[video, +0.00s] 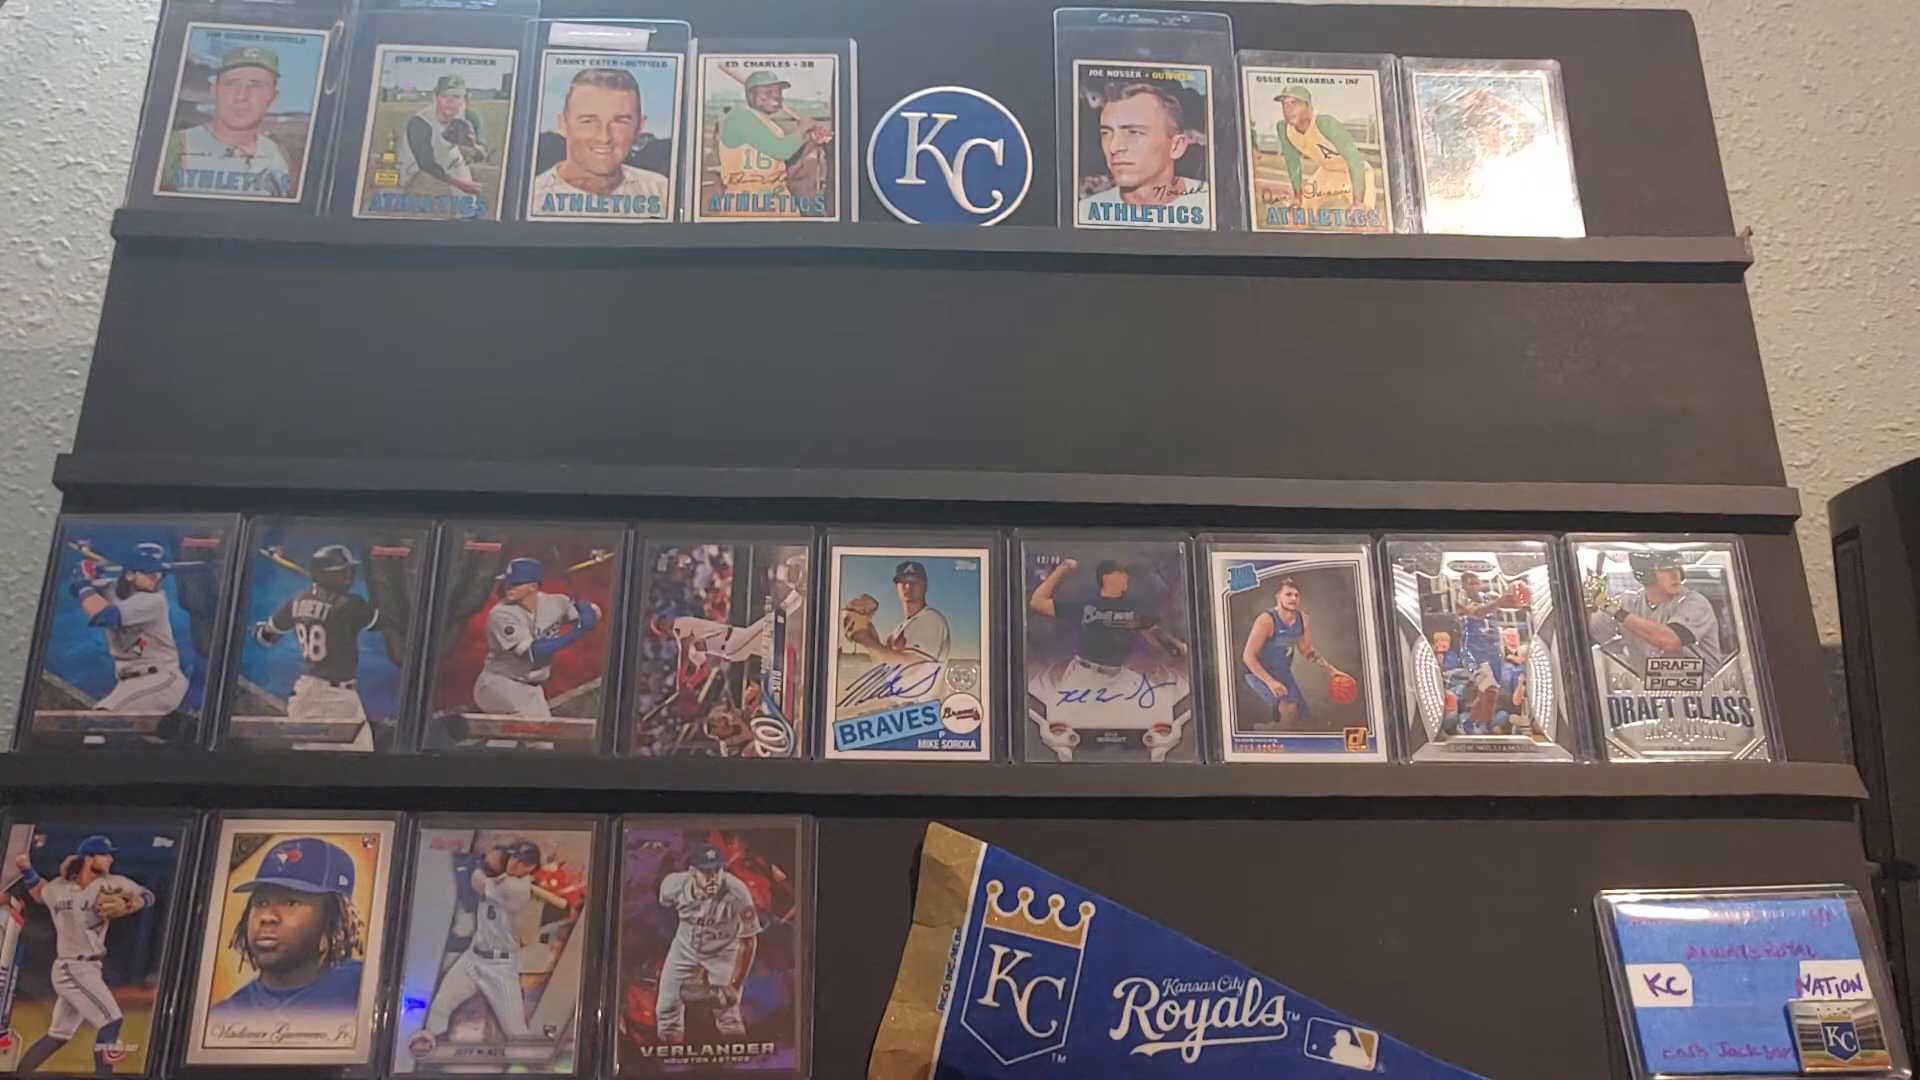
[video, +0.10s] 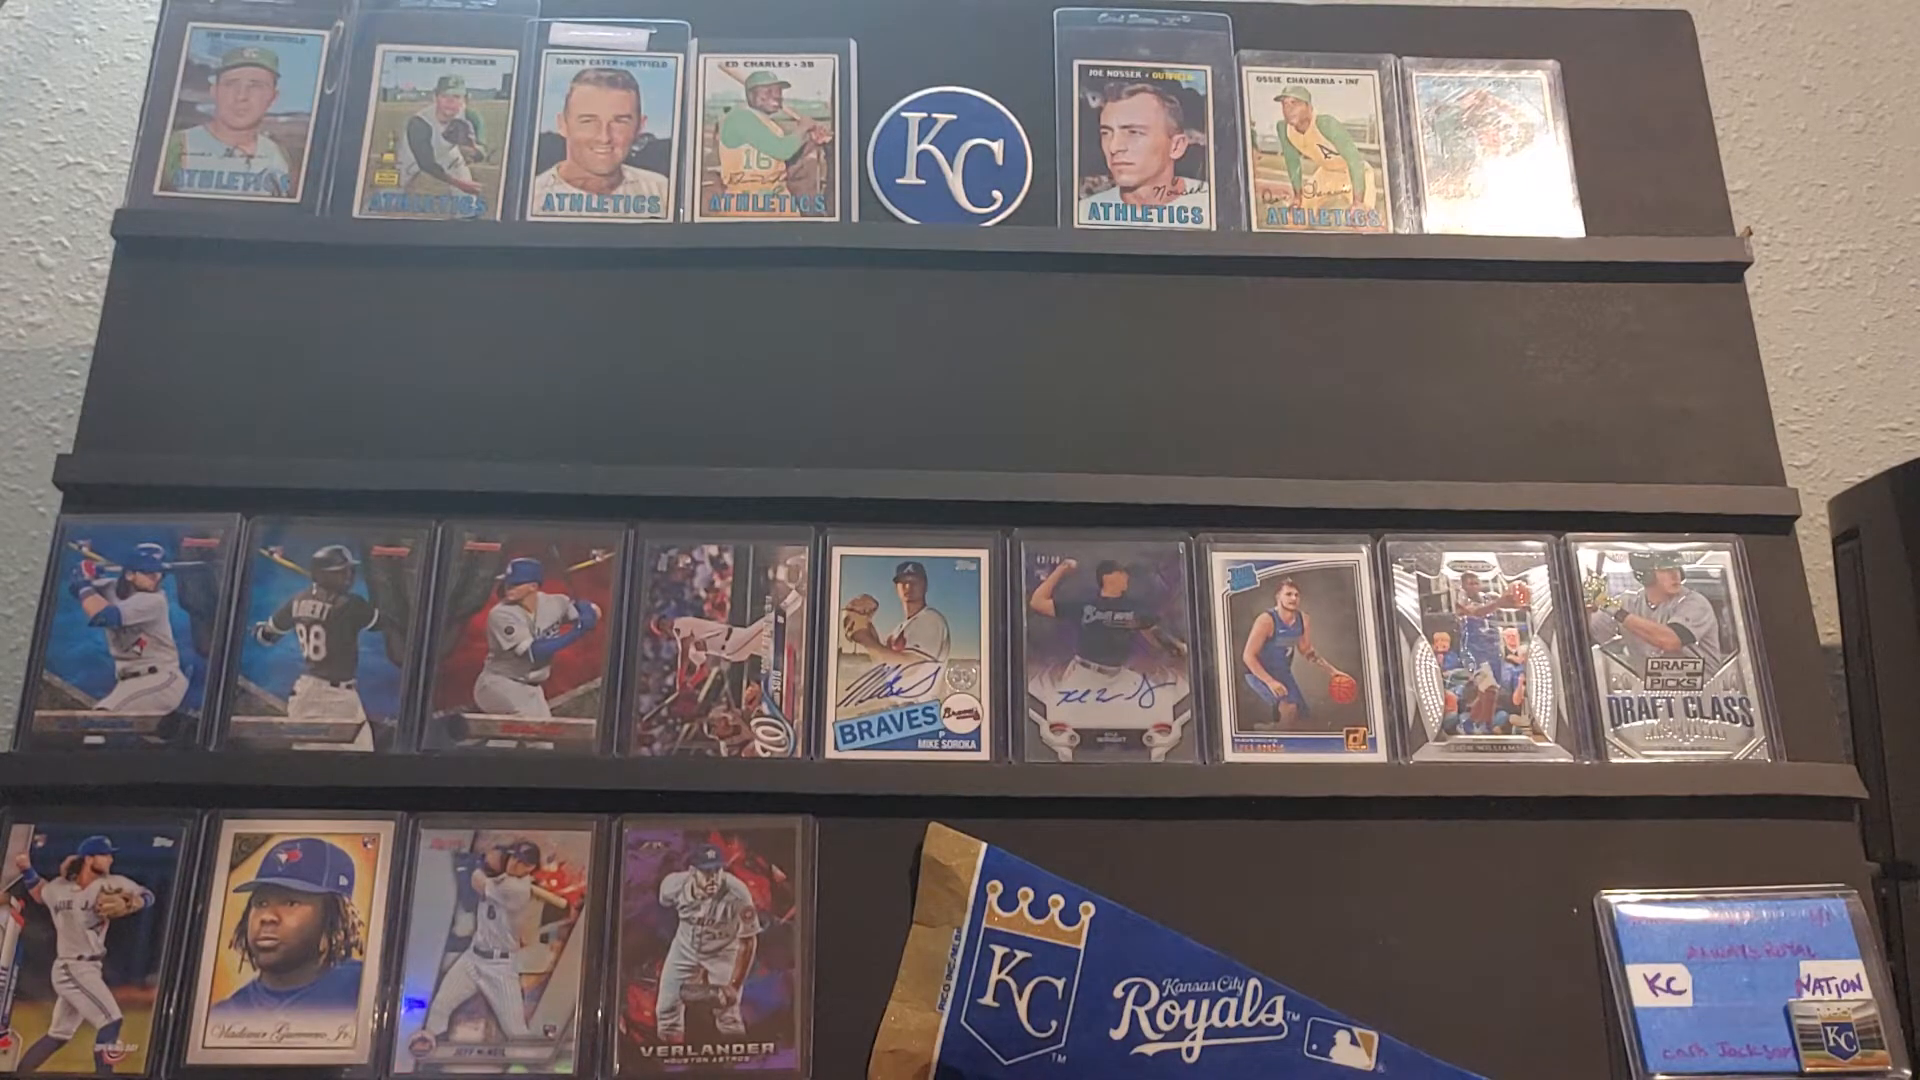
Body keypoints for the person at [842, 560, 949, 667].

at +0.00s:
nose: (907, 588)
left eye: (913, 582)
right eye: (902, 582)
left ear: (925, 586)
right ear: (896, 588)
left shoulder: (930, 619)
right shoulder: (901, 627)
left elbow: (909, 660)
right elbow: (879, 657)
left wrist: (864, 638)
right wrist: (863, 620)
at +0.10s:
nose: (907, 588)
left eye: (913, 582)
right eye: (902, 582)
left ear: (925, 586)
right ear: (896, 587)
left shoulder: (930, 619)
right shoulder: (901, 627)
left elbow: (910, 660)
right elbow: (879, 657)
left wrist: (864, 639)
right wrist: (863, 621)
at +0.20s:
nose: (907, 588)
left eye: (913, 582)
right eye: (902, 583)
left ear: (925, 586)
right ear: (896, 588)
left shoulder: (930, 619)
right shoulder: (901, 627)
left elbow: (910, 660)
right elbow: (879, 657)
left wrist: (864, 639)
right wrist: (863, 621)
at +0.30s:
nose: (907, 587)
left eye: (913, 582)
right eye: (902, 582)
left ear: (924, 586)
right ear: (896, 587)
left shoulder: (930, 619)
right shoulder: (901, 627)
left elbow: (910, 660)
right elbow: (880, 657)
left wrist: (865, 639)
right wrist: (862, 621)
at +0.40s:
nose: (907, 587)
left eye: (913, 582)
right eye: (902, 582)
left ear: (924, 586)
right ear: (896, 587)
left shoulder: (930, 619)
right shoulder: (901, 627)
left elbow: (910, 660)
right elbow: (880, 657)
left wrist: (865, 640)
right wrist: (862, 621)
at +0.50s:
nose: (907, 587)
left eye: (913, 582)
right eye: (902, 582)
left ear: (924, 586)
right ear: (896, 587)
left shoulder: (930, 619)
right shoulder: (901, 627)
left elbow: (910, 659)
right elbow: (880, 656)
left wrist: (865, 639)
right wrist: (862, 621)